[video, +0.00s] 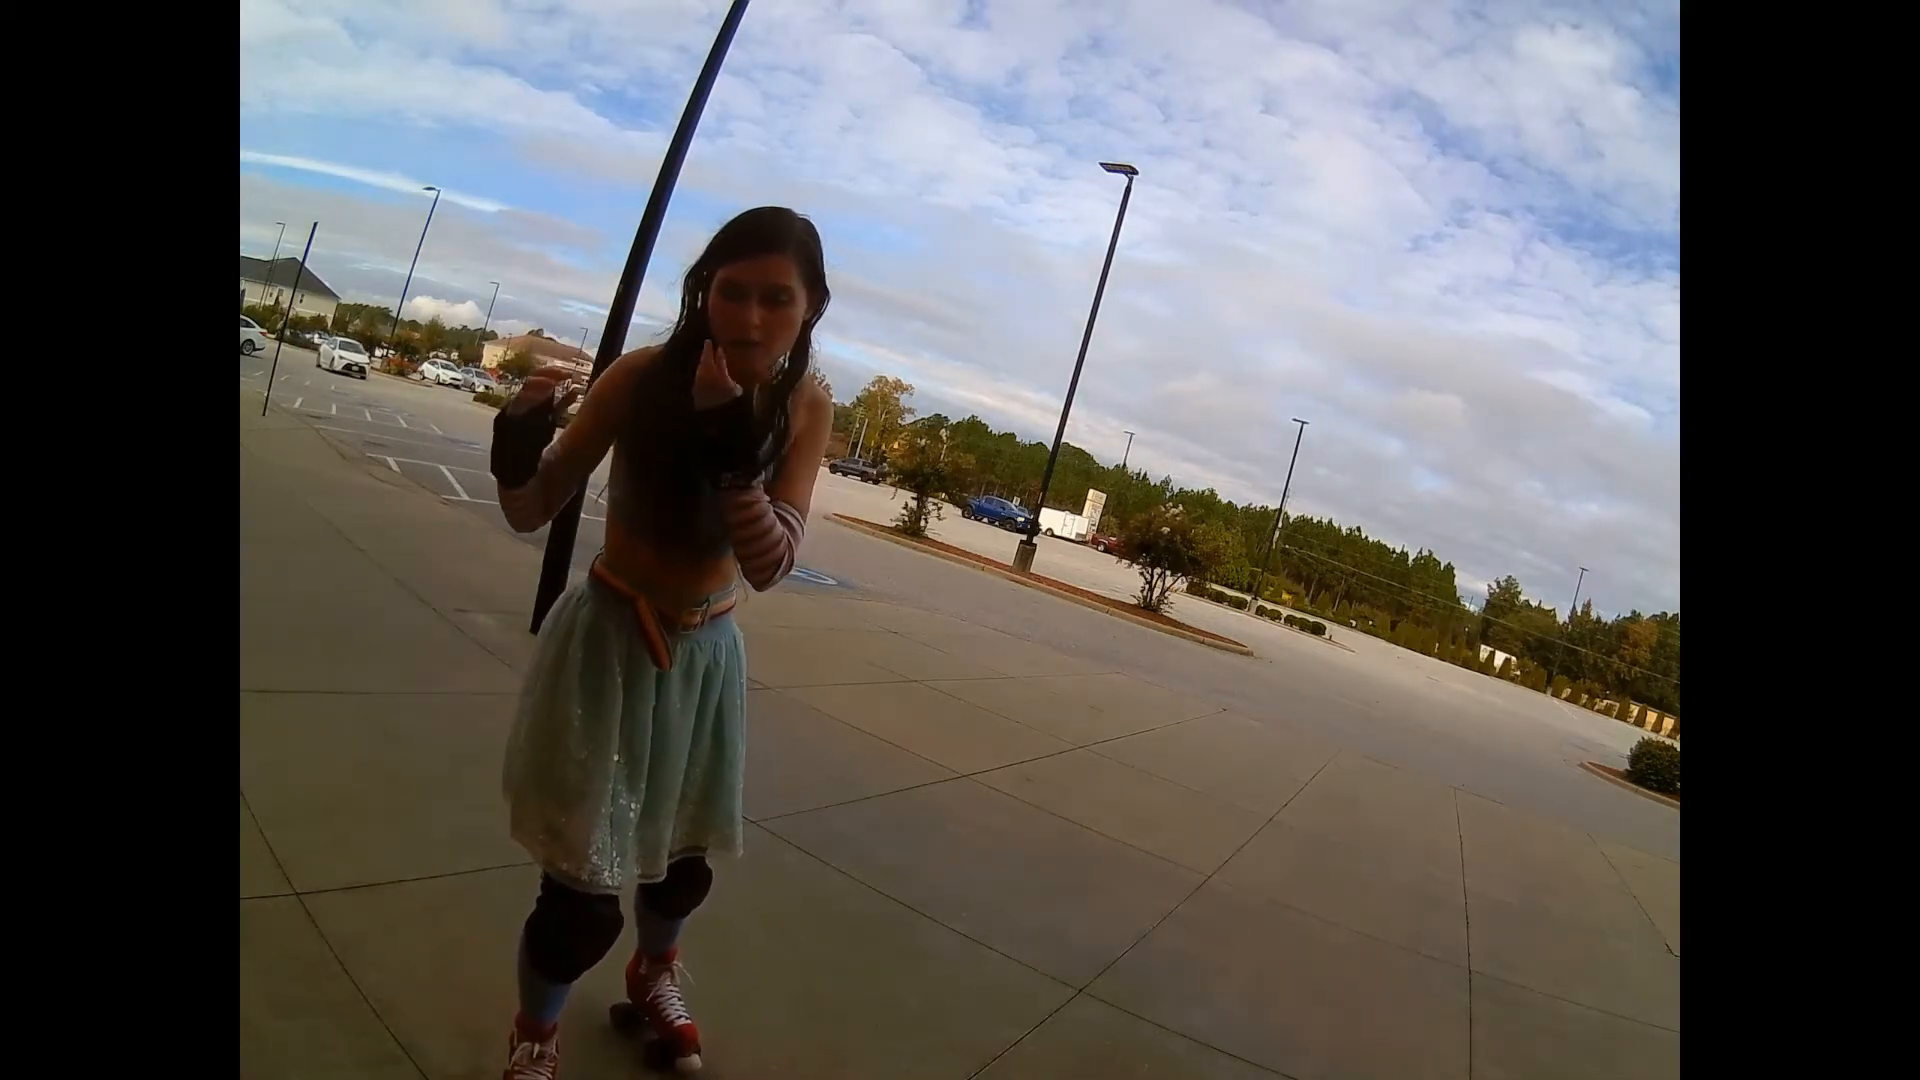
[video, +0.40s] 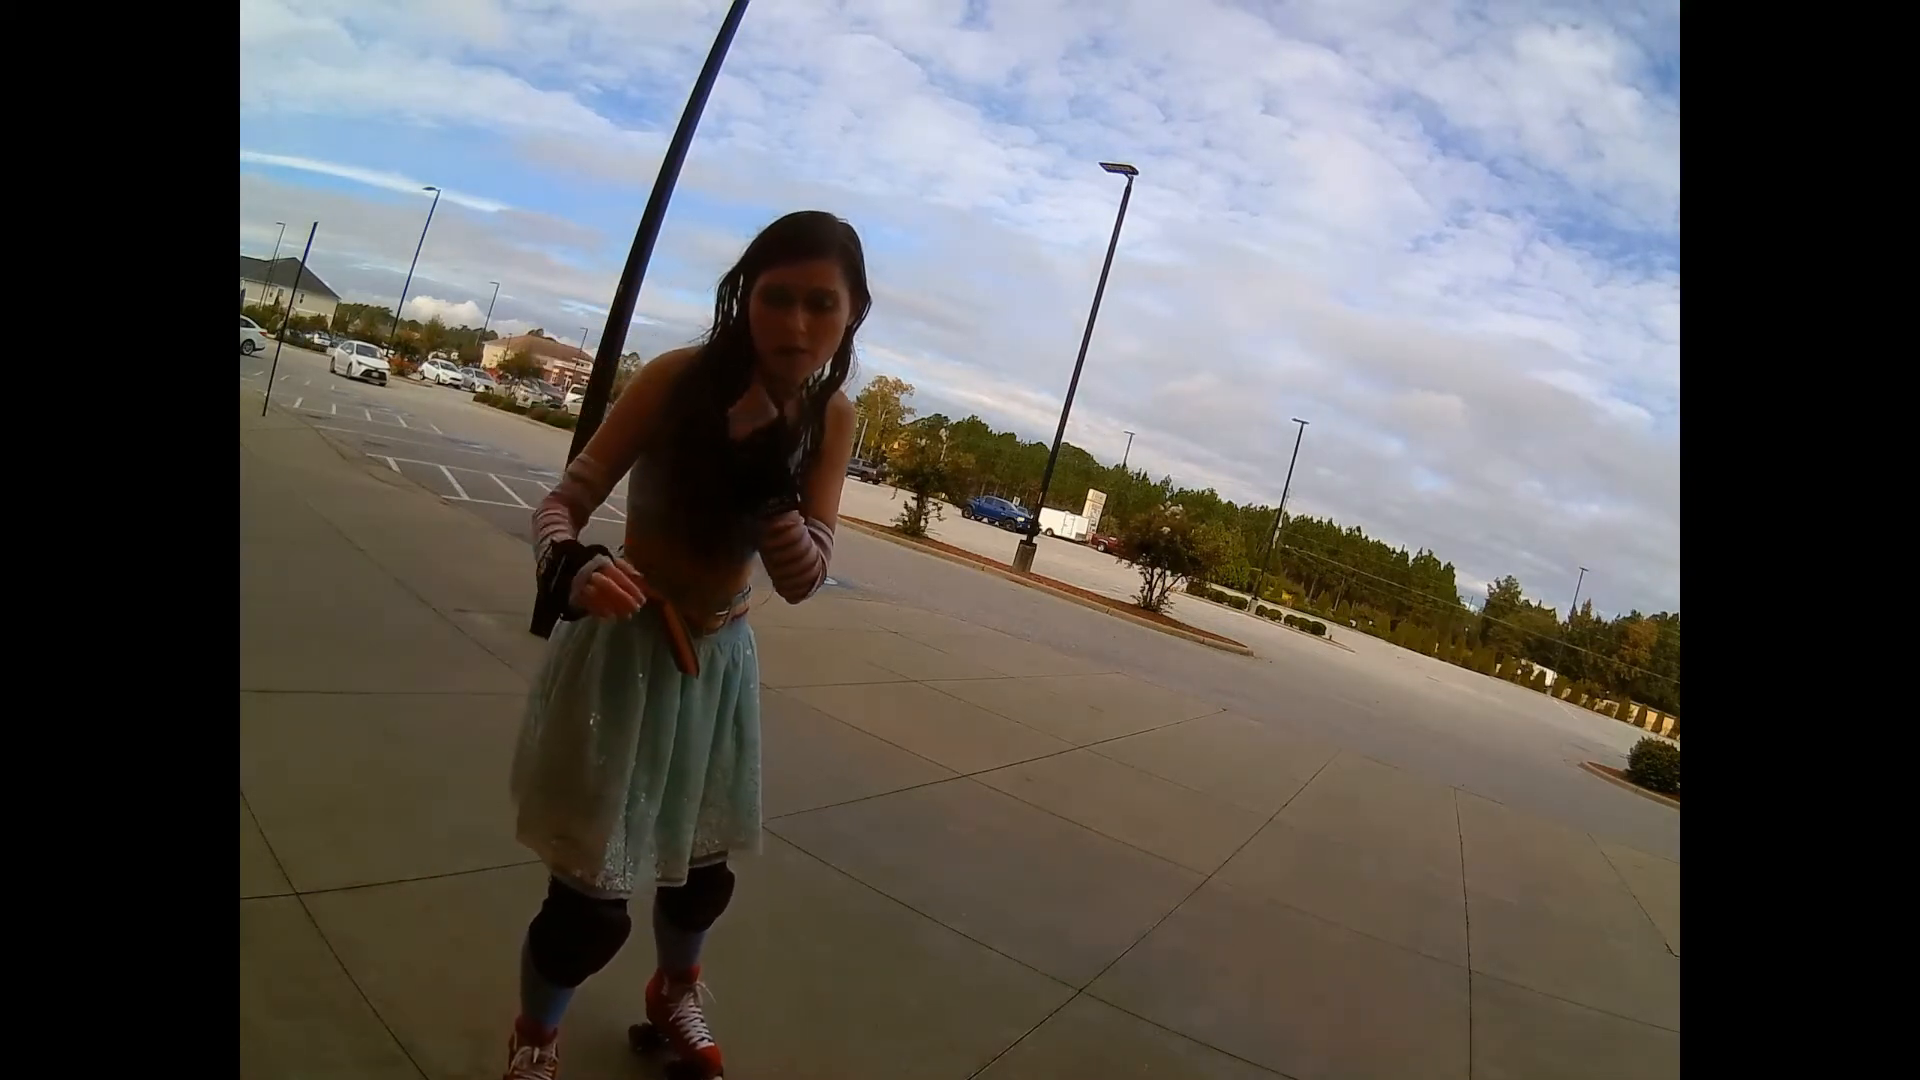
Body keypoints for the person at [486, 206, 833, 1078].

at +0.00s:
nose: (748, 320)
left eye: (775, 299)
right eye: (730, 293)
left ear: (809, 312)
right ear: (702, 293)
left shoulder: (803, 408)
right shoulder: (638, 382)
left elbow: (769, 566)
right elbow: (530, 510)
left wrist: (731, 450)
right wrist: (518, 441)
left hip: (707, 649)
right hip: (607, 638)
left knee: (683, 867)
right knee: (585, 897)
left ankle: (654, 973)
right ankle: (536, 1041)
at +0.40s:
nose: (797, 325)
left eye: (821, 305)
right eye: (778, 299)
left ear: (850, 319)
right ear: (743, 299)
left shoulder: (829, 417)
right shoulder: (675, 381)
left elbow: (801, 578)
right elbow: (566, 498)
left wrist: (775, 492)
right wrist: (570, 564)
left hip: (721, 651)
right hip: (623, 640)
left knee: (700, 877)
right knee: (591, 904)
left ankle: (674, 998)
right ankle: (535, 1043)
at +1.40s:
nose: (877, 294)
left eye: (898, 282)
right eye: (856, 270)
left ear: (912, 309)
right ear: (808, 282)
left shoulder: (891, 415)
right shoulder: (726, 369)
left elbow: (885, 526)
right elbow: (580, 431)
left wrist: (846, 619)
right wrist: (576, 568)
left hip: (779, 673)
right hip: (668, 647)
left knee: (748, 901)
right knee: (602, 898)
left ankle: (719, 1037)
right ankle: (536, 1034)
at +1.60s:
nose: (920, 309)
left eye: (926, 291)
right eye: (901, 285)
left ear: (914, 304)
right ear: (837, 283)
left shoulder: (886, 411)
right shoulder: (726, 369)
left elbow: (893, 525)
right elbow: (582, 438)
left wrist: (853, 620)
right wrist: (582, 580)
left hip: (782, 673)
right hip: (671, 649)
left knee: (751, 901)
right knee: (604, 895)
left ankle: (718, 1037)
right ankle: (535, 1032)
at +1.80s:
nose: (923, 310)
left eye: (926, 291)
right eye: (907, 285)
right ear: (843, 284)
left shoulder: (878, 412)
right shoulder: (729, 371)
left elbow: (897, 531)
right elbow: (576, 446)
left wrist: (891, 625)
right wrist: (578, 586)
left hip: (782, 672)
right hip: (678, 651)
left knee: (750, 898)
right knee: (610, 894)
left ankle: (717, 1035)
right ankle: (536, 1028)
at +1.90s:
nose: (920, 306)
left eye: (925, 288)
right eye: (904, 283)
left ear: (882, 301)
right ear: (839, 284)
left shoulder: (875, 413)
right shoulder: (727, 373)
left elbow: (895, 533)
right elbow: (573, 449)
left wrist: (923, 593)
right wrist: (574, 594)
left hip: (781, 668)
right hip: (679, 651)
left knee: (747, 899)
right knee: (606, 899)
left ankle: (713, 1037)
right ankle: (535, 1033)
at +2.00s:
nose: (914, 302)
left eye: (918, 284)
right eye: (898, 281)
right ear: (834, 283)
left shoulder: (870, 409)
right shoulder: (724, 376)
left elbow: (897, 558)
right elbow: (572, 463)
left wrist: (955, 549)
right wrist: (572, 612)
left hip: (781, 669)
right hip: (683, 652)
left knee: (746, 893)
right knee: (610, 896)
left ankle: (711, 1032)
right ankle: (538, 1027)